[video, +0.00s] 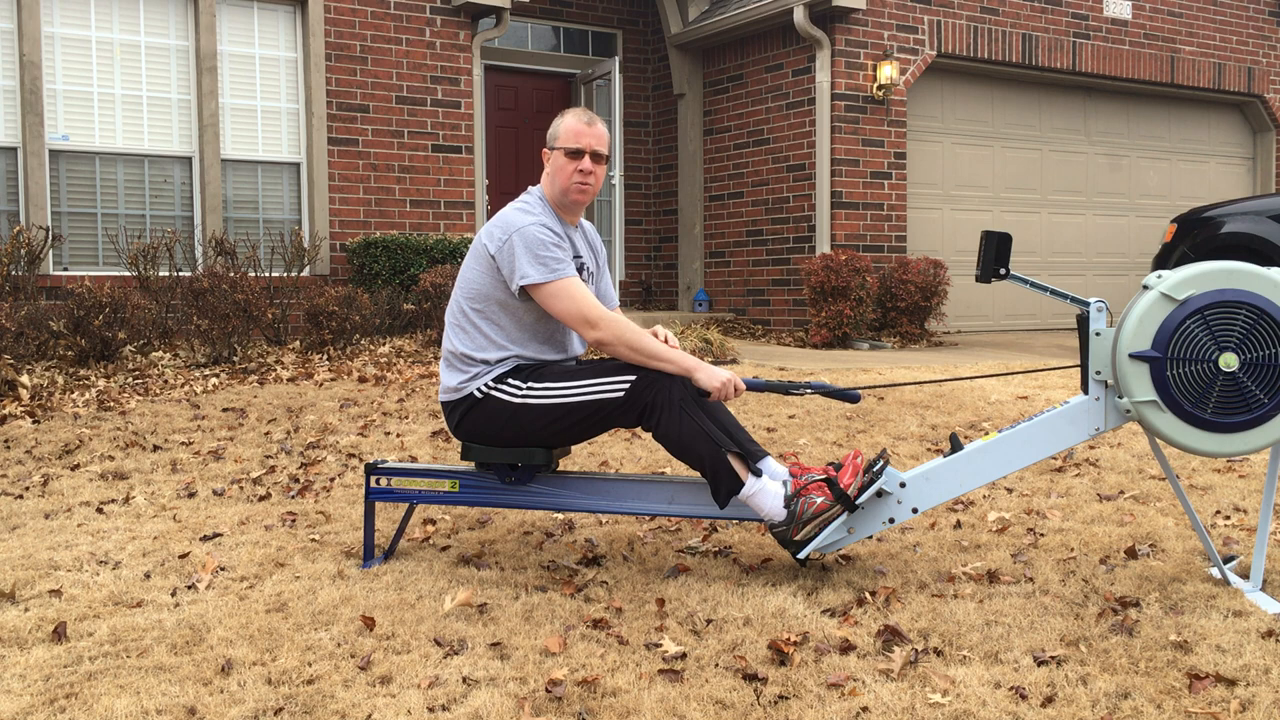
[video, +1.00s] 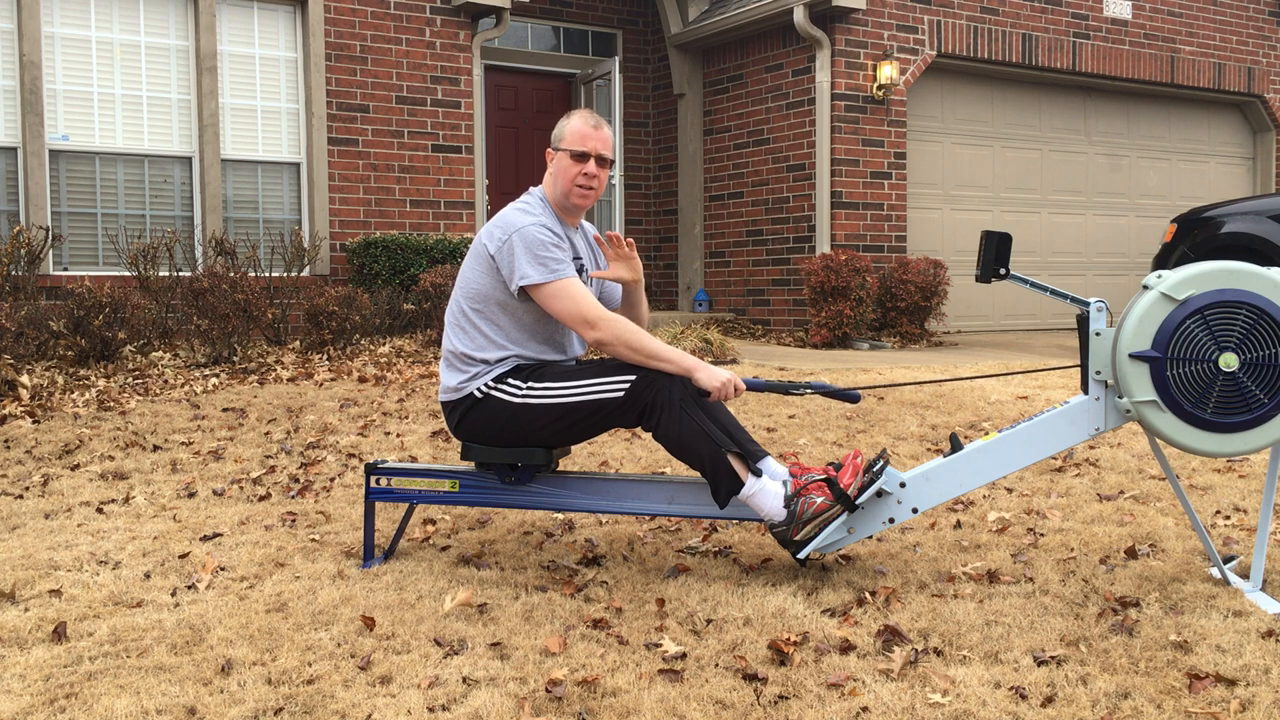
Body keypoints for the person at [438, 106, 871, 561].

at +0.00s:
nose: (586, 167)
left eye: (598, 158)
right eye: (573, 154)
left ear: (607, 169)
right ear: (545, 158)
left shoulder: (586, 239)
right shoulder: (523, 226)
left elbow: (608, 328)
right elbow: (594, 326)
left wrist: (674, 356)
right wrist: (699, 369)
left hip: (540, 376)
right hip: (487, 391)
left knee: (675, 378)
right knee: (652, 386)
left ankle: (788, 485)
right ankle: (777, 510)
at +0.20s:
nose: (585, 170)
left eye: (597, 161)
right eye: (573, 156)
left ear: (606, 170)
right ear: (545, 158)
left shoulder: (583, 236)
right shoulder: (523, 226)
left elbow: (614, 322)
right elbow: (594, 327)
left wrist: (676, 323)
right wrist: (697, 369)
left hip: (540, 376)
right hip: (487, 391)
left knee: (675, 377)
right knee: (651, 386)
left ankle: (787, 484)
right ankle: (777, 510)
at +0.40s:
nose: (588, 172)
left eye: (600, 162)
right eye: (576, 157)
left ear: (608, 172)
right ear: (547, 159)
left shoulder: (586, 238)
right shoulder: (524, 226)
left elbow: (620, 329)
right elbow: (596, 329)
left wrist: (662, 273)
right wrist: (698, 369)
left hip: (540, 376)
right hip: (488, 391)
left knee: (674, 376)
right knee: (652, 387)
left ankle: (787, 486)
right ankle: (776, 510)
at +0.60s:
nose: (589, 172)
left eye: (601, 163)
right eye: (577, 157)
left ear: (609, 172)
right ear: (548, 158)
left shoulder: (587, 238)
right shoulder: (524, 226)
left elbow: (625, 335)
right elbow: (595, 328)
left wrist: (639, 277)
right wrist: (698, 369)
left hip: (539, 377)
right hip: (488, 390)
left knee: (674, 378)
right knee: (652, 387)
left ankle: (788, 485)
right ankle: (777, 510)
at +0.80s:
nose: (591, 173)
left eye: (602, 164)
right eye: (578, 158)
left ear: (609, 173)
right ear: (548, 159)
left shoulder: (587, 237)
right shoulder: (524, 227)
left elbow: (630, 336)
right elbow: (594, 329)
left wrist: (633, 284)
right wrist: (698, 369)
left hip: (539, 376)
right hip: (487, 390)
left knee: (674, 378)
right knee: (651, 387)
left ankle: (787, 485)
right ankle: (776, 510)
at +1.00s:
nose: (591, 172)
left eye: (603, 164)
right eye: (579, 158)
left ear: (610, 174)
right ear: (549, 159)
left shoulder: (586, 237)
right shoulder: (525, 226)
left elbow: (631, 336)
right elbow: (593, 328)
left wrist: (632, 284)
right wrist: (698, 369)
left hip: (538, 376)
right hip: (487, 390)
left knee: (674, 377)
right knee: (651, 387)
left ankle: (786, 483)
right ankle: (775, 509)